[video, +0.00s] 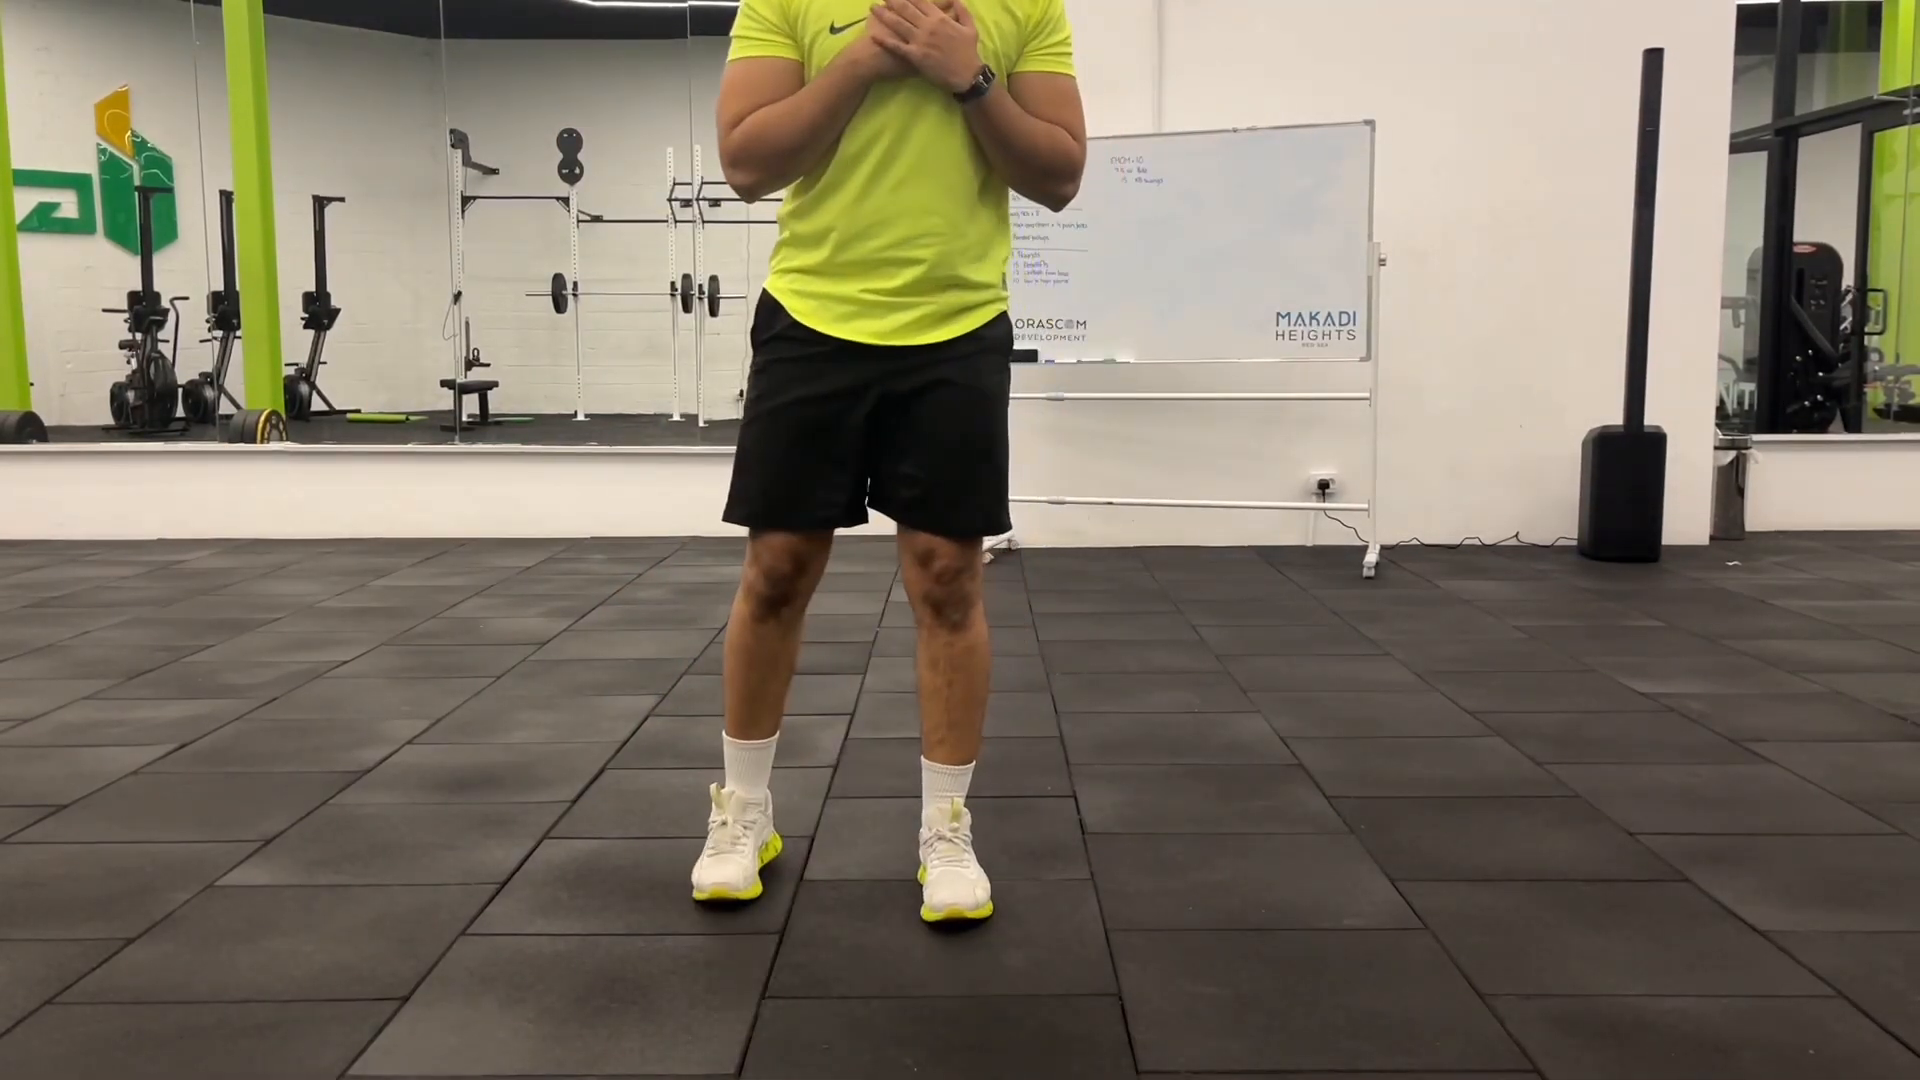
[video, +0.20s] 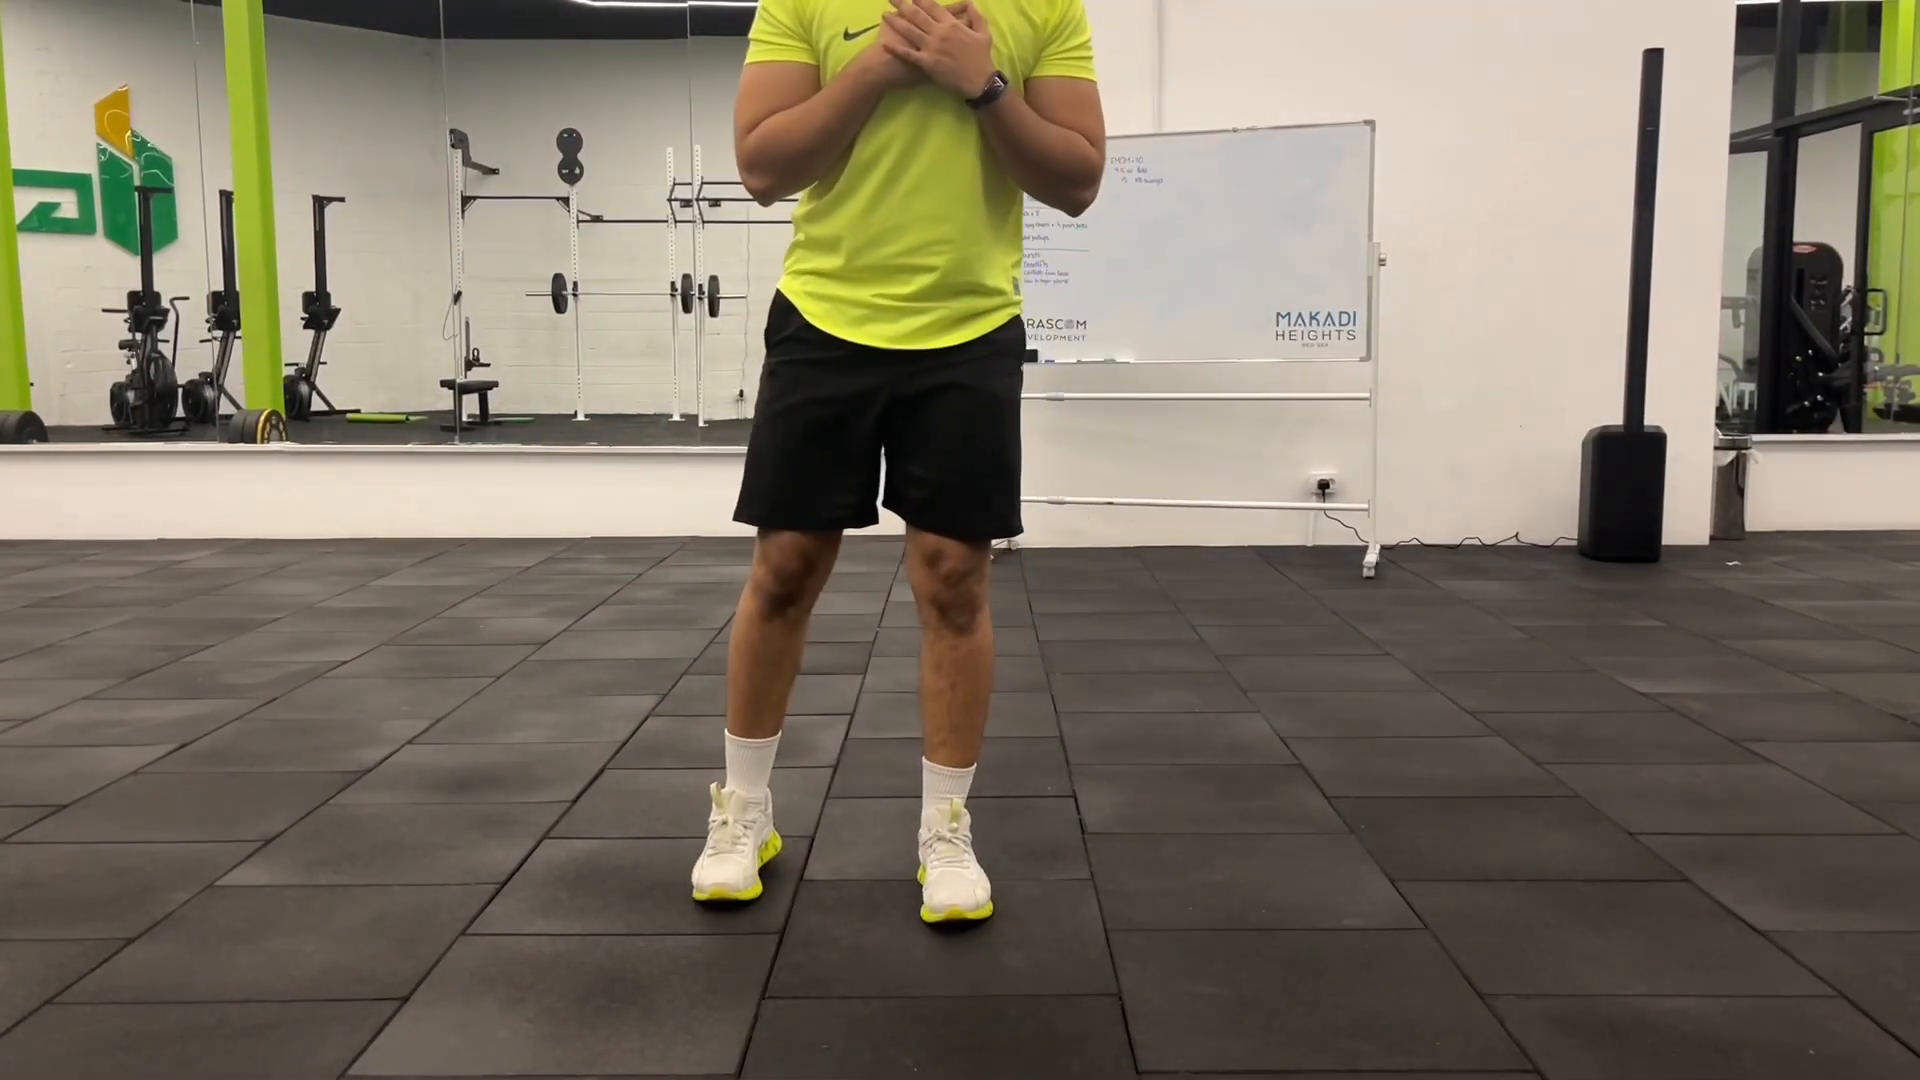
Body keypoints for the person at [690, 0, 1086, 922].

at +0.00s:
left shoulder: (1021, 6)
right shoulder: (785, 1)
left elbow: (1060, 177)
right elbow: (747, 163)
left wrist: (973, 81)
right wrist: (863, 56)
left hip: (957, 322)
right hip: (813, 315)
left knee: (947, 578)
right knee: (777, 572)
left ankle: (948, 841)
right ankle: (742, 813)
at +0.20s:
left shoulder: (1042, 7)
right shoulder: (803, 3)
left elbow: (1077, 183)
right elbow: (763, 167)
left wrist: (986, 87)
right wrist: (876, 62)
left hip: (969, 323)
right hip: (825, 315)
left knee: (954, 579)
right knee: (785, 571)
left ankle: (948, 836)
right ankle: (742, 810)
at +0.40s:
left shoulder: (1072, 12)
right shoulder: (827, 6)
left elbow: (1106, 191)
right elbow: (787, 178)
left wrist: (1001, 104)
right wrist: (890, 83)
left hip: (989, 328)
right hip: (848, 319)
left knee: (967, 578)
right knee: (816, 573)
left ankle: (946, 830)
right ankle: (803, 788)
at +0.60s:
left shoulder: (1082, 20)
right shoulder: (842, 11)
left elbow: (1114, 215)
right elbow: (794, 192)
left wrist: (1019, 136)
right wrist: (908, 110)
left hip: (1005, 331)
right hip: (870, 330)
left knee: (977, 582)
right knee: (891, 581)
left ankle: (947, 829)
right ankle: (983, 675)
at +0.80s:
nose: (1001, 0)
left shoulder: (1089, 97)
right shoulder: (849, 82)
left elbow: (1119, 277)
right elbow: (804, 265)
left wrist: (1027, 216)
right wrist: (924, 193)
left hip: (1019, 366)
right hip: (894, 379)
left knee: (974, 605)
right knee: (979, 580)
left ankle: (948, 834)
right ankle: (1066, 664)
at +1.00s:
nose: (990, 106)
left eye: (1014, 80)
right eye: (969, 80)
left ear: (1041, 77)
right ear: (932, 72)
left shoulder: (1095, 196)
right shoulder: (865, 193)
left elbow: (1132, 363)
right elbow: (831, 364)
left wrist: (1030, 320)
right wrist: (930, 307)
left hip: (1041, 431)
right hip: (925, 450)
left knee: (971, 608)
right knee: (1023, 651)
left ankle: (946, 835)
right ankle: (1118, 687)